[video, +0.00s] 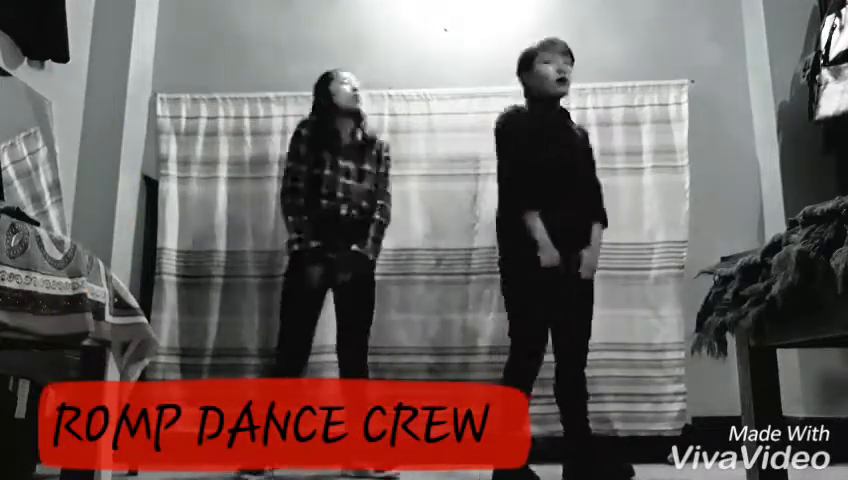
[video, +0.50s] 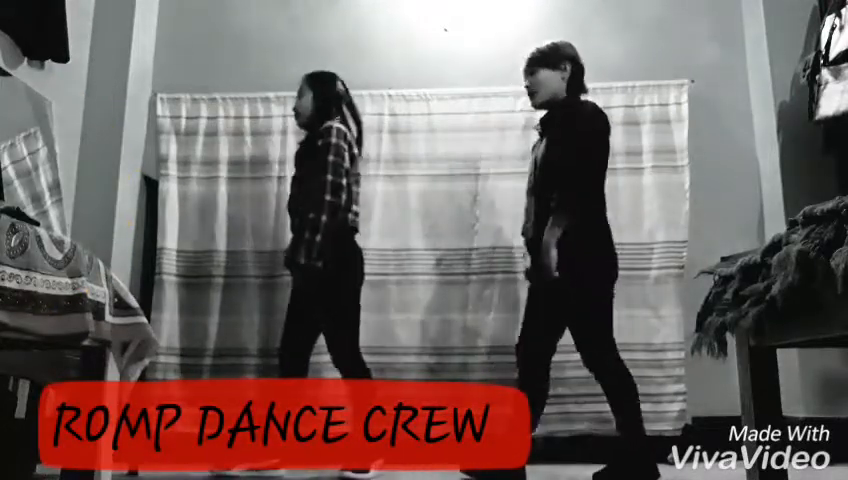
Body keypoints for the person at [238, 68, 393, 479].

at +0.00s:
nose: (356, 88)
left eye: (357, 82)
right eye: (346, 83)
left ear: (360, 94)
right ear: (327, 95)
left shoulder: (375, 143)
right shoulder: (308, 134)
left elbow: (382, 202)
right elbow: (291, 190)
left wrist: (368, 248)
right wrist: (301, 242)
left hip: (356, 258)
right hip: (310, 256)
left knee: (354, 353)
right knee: (293, 350)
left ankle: (358, 442)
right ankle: (271, 439)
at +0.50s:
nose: (295, 104)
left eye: (303, 95)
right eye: (297, 96)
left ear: (323, 99)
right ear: (325, 100)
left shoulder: (333, 133)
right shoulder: (323, 135)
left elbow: (328, 199)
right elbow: (318, 199)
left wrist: (309, 256)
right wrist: (300, 249)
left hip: (332, 256)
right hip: (324, 256)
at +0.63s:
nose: (292, 105)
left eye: (297, 97)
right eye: (293, 97)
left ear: (317, 99)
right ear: (318, 99)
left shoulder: (333, 138)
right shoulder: (323, 140)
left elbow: (325, 205)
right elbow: (316, 205)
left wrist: (305, 262)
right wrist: (297, 258)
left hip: (333, 257)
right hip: (320, 256)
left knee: (351, 355)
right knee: (296, 356)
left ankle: (386, 435)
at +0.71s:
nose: (290, 106)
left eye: (296, 98)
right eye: (292, 98)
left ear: (315, 100)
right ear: (320, 99)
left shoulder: (331, 138)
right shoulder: (321, 140)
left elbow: (327, 204)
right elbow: (316, 204)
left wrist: (308, 261)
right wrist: (298, 257)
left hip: (334, 258)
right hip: (324, 258)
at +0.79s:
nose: (285, 108)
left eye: (290, 99)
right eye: (286, 99)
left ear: (307, 101)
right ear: (317, 100)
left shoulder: (324, 136)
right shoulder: (323, 137)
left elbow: (325, 201)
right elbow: (322, 202)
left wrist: (307, 261)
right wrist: (303, 257)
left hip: (332, 258)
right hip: (335, 257)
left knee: (290, 356)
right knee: (349, 355)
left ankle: (279, 442)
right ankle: (383, 436)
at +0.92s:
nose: (272, 133)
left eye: (279, 124)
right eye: (275, 124)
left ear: (295, 128)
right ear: (308, 128)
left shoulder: (313, 162)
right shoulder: (317, 162)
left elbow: (322, 227)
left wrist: (302, 276)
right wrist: (299, 272)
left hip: (323, 279)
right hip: (327, 278)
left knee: (244, 352)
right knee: (307, 373)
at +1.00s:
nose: (274, 126)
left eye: (280, 118)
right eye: (276, 118)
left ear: (297, 120)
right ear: (311, 121)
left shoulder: (311, 153)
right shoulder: (321, 155)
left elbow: (314, 216)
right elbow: (323, 219)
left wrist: (297, 269)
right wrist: (299, 265)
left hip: (320, 272)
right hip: (330, 271)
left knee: (251, 350)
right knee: (312, 369)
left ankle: (268, 441)